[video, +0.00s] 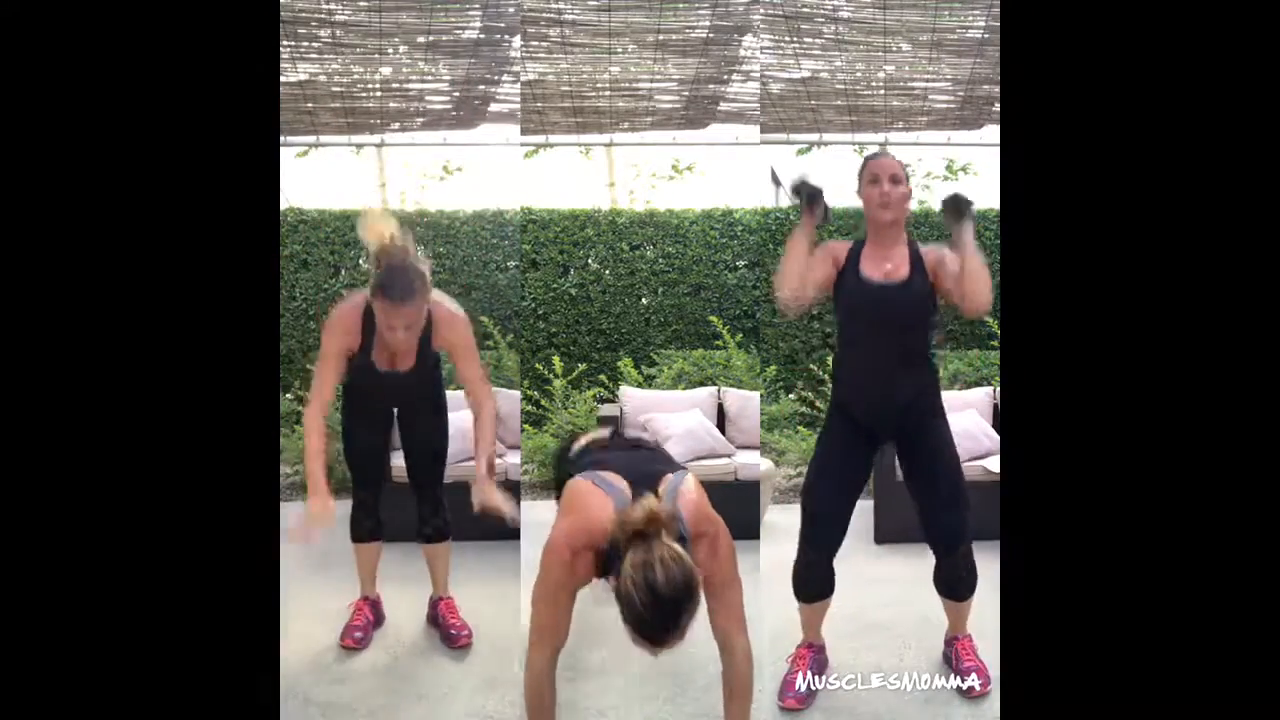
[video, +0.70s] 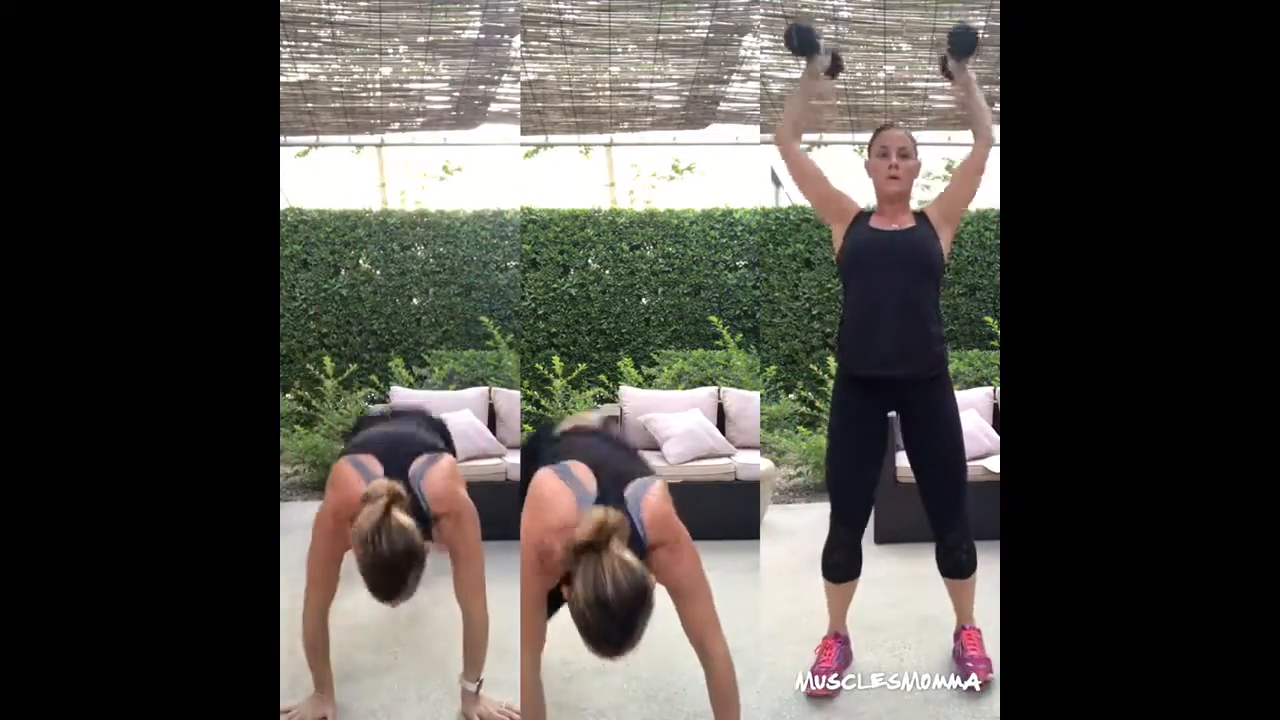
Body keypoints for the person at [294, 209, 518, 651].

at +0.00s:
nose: (400, 333)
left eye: (410, 325)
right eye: (391, 325)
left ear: (426, 305)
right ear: (375, 303)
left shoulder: (448, 319)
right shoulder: (348, 317)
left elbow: (482, 399)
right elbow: (315, 408)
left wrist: (485, 478)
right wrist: (317, 491)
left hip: (422, 395)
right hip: (364, 396)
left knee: (430, 495)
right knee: (367, 496)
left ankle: (442, 601)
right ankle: (368, 601)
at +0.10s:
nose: (403, 399)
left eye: (413, 389)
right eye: (395, 389)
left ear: (428, 367)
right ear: (378, 365)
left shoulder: (451, 361)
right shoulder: (353, 357)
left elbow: (483, 450)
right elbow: (317, 462)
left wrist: (484, 529)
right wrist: (316, 560)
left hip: (428, 399)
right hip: (368, 401)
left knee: (437, 493)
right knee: (363, 495)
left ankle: (442, 601)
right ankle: (368, 601)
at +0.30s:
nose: (407, 514)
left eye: (413, 506)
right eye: (398, 508)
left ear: (431, 470)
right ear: (374, 468)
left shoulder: (445, 438)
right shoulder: (356, 438)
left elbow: (475, 553)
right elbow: (330, 567)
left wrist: (479, 653)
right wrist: (317, 671)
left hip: (430, 392)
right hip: (367, 390)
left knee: (449, 508)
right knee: (356, 513)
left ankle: (442, 602)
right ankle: (368, 602)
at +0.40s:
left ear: (431, 518)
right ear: (374, 511)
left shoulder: (446, 476)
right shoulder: (353, 475)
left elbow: (463, 585)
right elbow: (334, 590)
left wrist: (473, 685)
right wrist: (323, 691)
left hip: (429, 366)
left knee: (452, 497)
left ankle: (448, 595)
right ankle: (365, 597)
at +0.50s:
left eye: (404, 582)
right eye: (386, 578)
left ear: (427, 534)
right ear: (370, 536)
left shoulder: (445, 489)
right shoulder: (350, 489)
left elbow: (463, 593)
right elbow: (327, 593)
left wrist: (470, 689)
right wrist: (323, 692)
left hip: (427, 361)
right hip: (363, 361)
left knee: (451, 482)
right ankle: (362, 543)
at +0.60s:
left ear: (425, 543)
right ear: (360, 544)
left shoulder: (449, 499)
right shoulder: (344, 498)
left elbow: (473, 603)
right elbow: (317, 600)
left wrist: (471, 693)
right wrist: (323, 695)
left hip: (428, 391)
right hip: (361, 397)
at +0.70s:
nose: (395, 602)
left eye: (404, 595)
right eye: (386, 597)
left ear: (422, 542)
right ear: (356, 546)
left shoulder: (449, 497)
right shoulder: (341, 497)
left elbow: (474, 602)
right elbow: (316, 605)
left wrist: (472, 691)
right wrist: (322, 693)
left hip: (435, 433)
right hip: (365, 433)